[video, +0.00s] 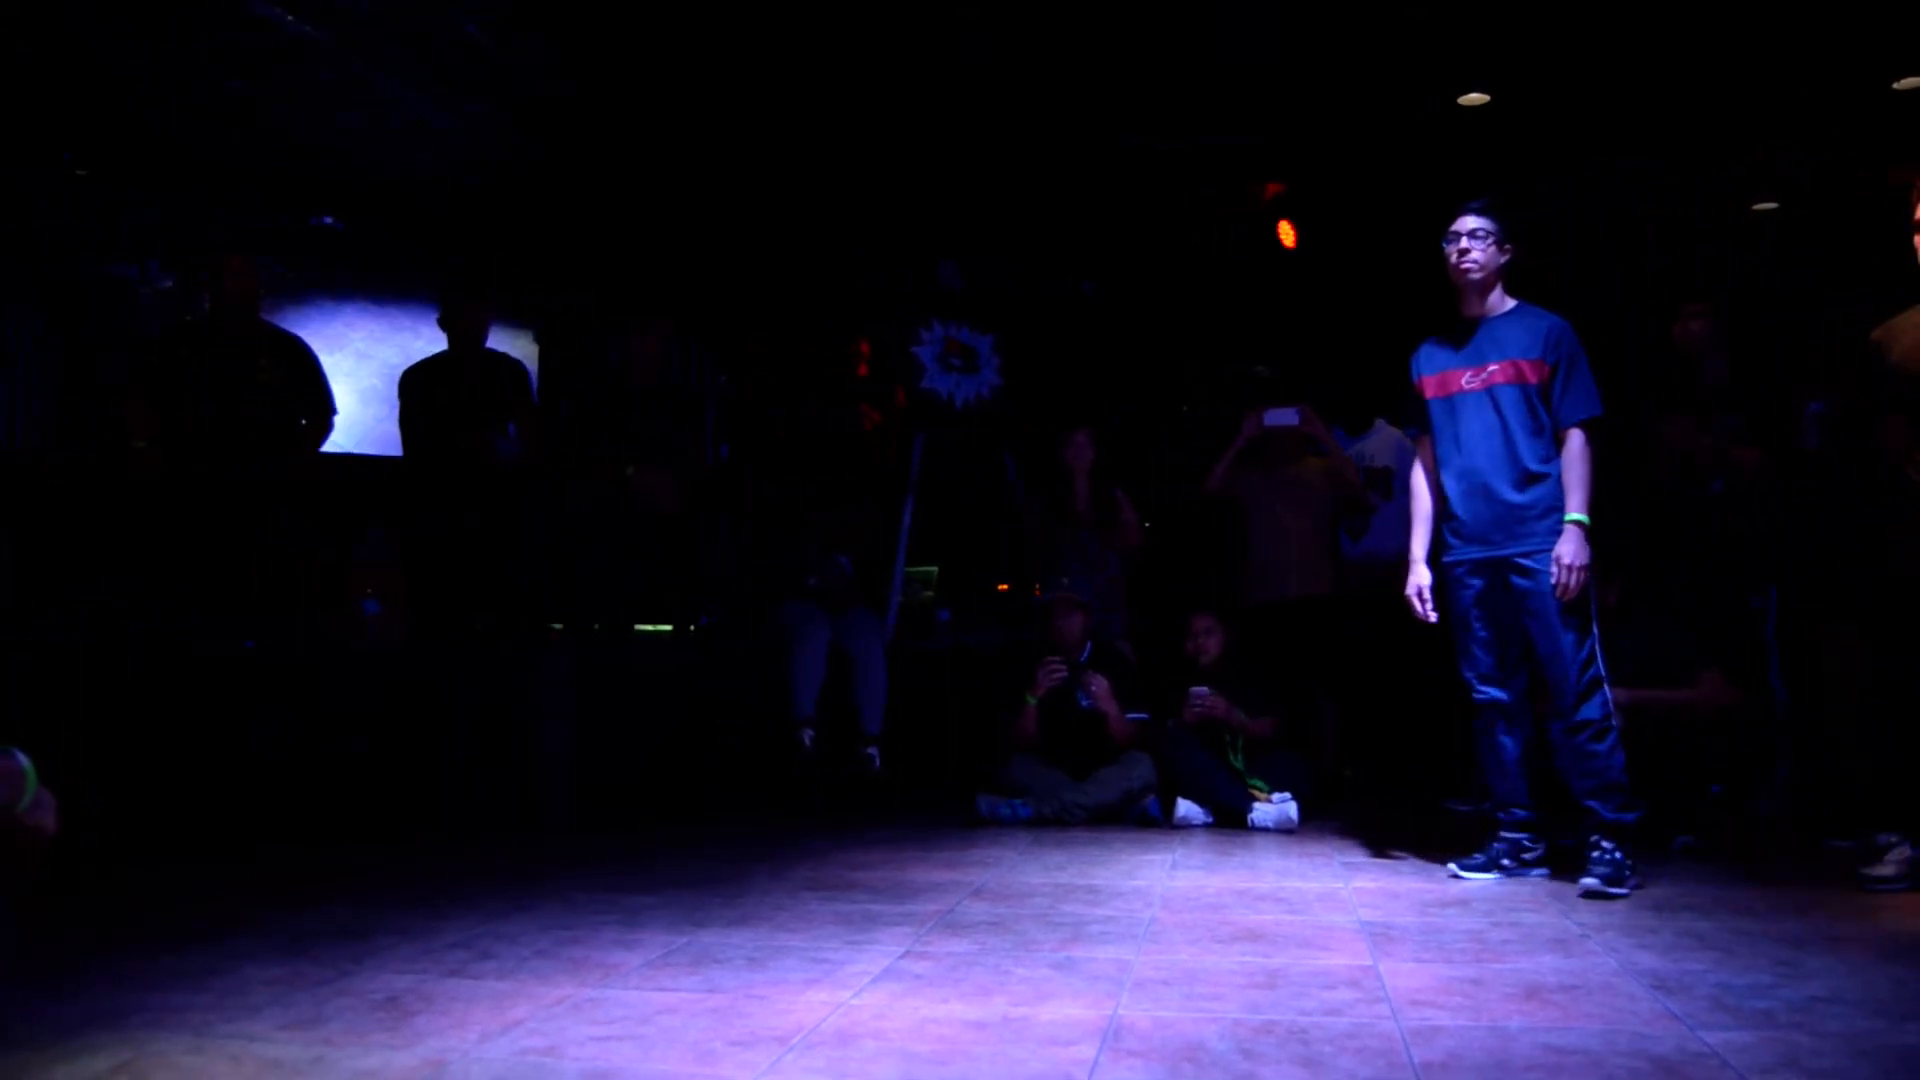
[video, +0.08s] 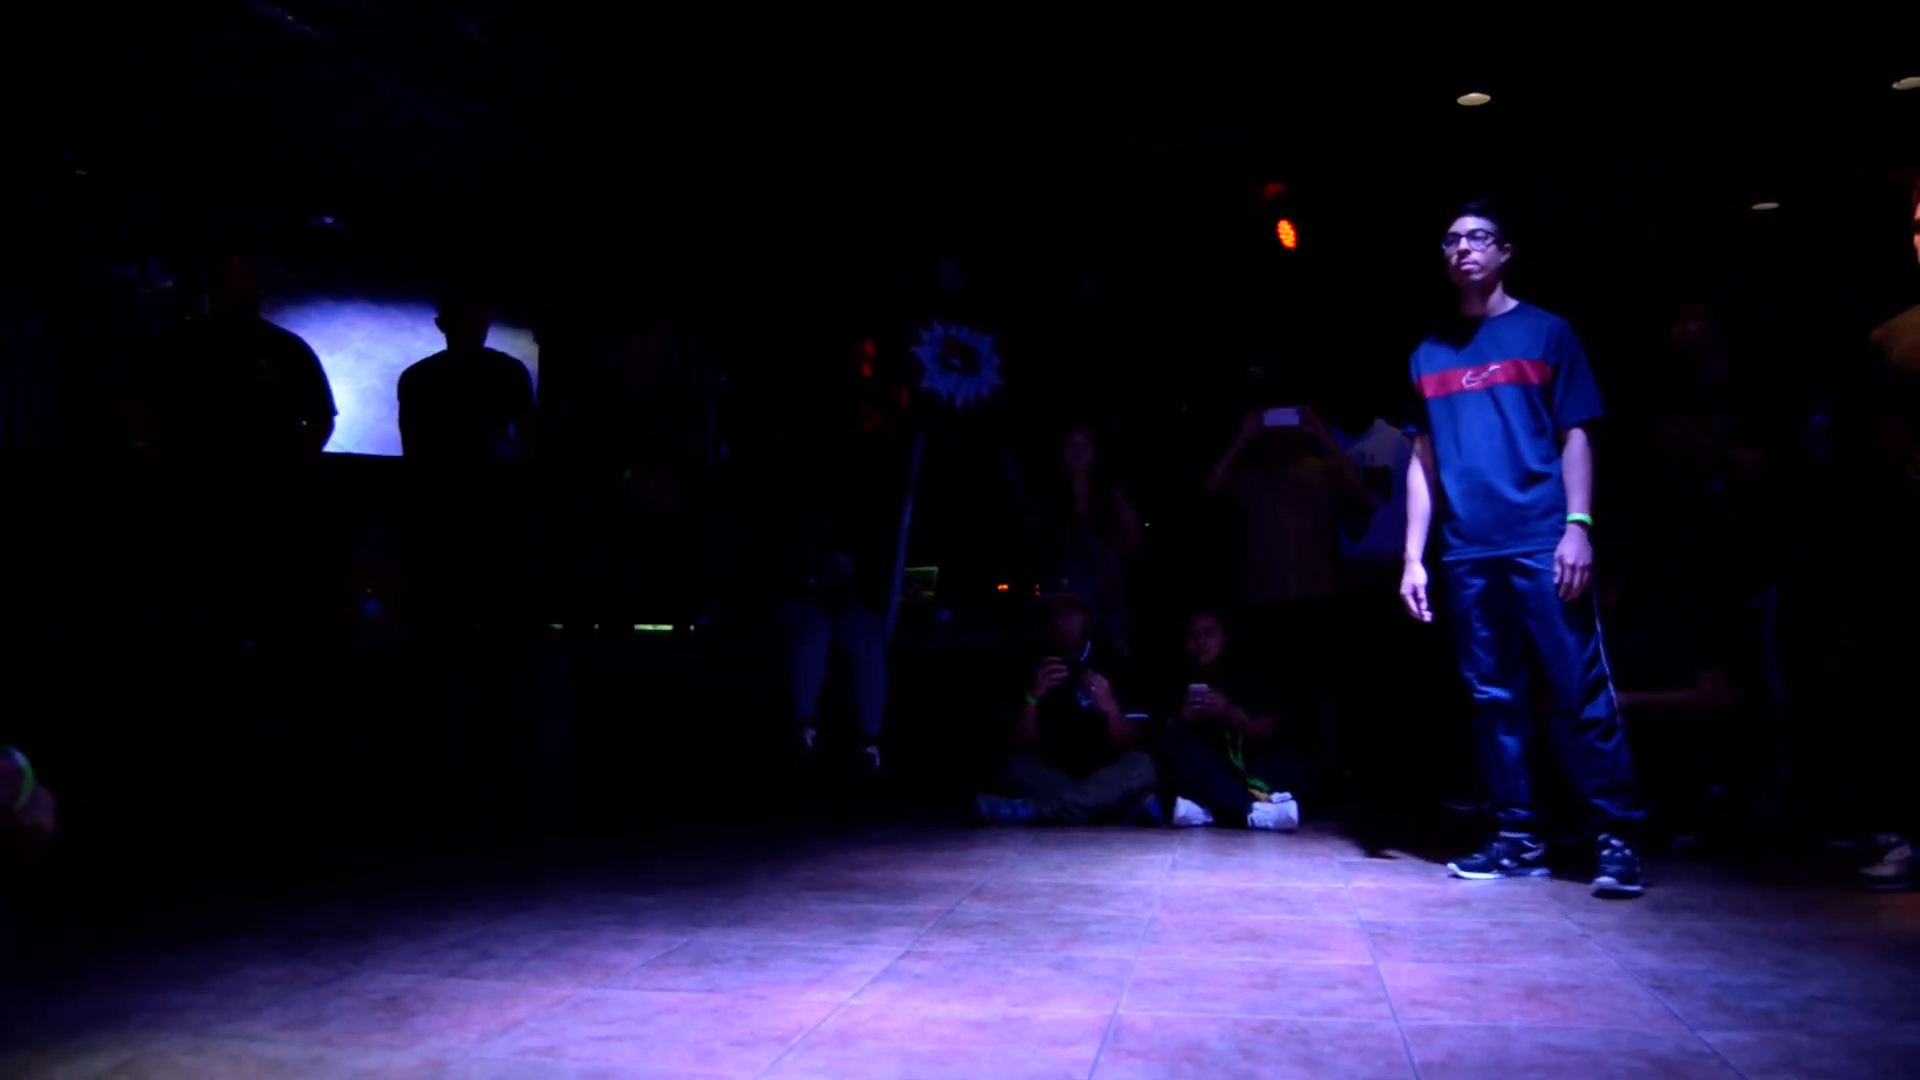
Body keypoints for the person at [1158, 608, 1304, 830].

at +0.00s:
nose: (1201, 643)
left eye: (1208, 634)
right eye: (1194, 636)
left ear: (1223, 636)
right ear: (1186, 643)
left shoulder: (1245, 675)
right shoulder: (1183, 678)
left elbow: (1269, 729)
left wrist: (1228, 714)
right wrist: (1186, 717)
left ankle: (1211, 810)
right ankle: (1251, 809)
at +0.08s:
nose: (1201, 643)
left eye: (1208, 633)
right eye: (1194, 636)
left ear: (1224, 637)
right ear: (1187, 643)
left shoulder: (1245, 675)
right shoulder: (1183, 677)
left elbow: (1268, 729)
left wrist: (1227, 712)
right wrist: (1185, 715)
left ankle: (1211, 810)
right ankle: (1251, 809)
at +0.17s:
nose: (1201, 642)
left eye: (1208, 633)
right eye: (1194, 636)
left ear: (1224, 637)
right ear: (1187, 643)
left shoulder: (1245, 674)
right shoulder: (1182, 677)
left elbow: (1267, 728)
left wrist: (1226, 710)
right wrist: (1184, 714)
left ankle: (1211, 811)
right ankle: (1251, 810)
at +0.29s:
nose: (1202, 644)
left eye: (1209, 635)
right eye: (1195, 637)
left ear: (1225, 638)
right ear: (1188, 643)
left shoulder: (1246, 674)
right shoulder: (1183, 676)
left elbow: (1267, 728)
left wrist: (1225, 708)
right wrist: (1184, 712)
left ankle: (1210, 810)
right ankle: (1251, 809)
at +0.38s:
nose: (1203, 644)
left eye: (1211, 636)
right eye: (1196, 638)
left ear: (1226, 638)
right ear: (1189, 643)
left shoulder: (1247, 675)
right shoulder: (1183, 677)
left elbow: (1267, 728)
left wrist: (1225, 709)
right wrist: (1183, 712)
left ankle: (1211, 811)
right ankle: (1251, 810)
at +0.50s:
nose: (1203, 644)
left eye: (1211, 636)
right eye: (1196, 637)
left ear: (1226, 638)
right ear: (1189, 642)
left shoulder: (1246, 675)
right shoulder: (1184, 676)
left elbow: (1265, 728)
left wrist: (1224, 707)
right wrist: (1181, 712)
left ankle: (1211, 810)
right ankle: (1251, 810)